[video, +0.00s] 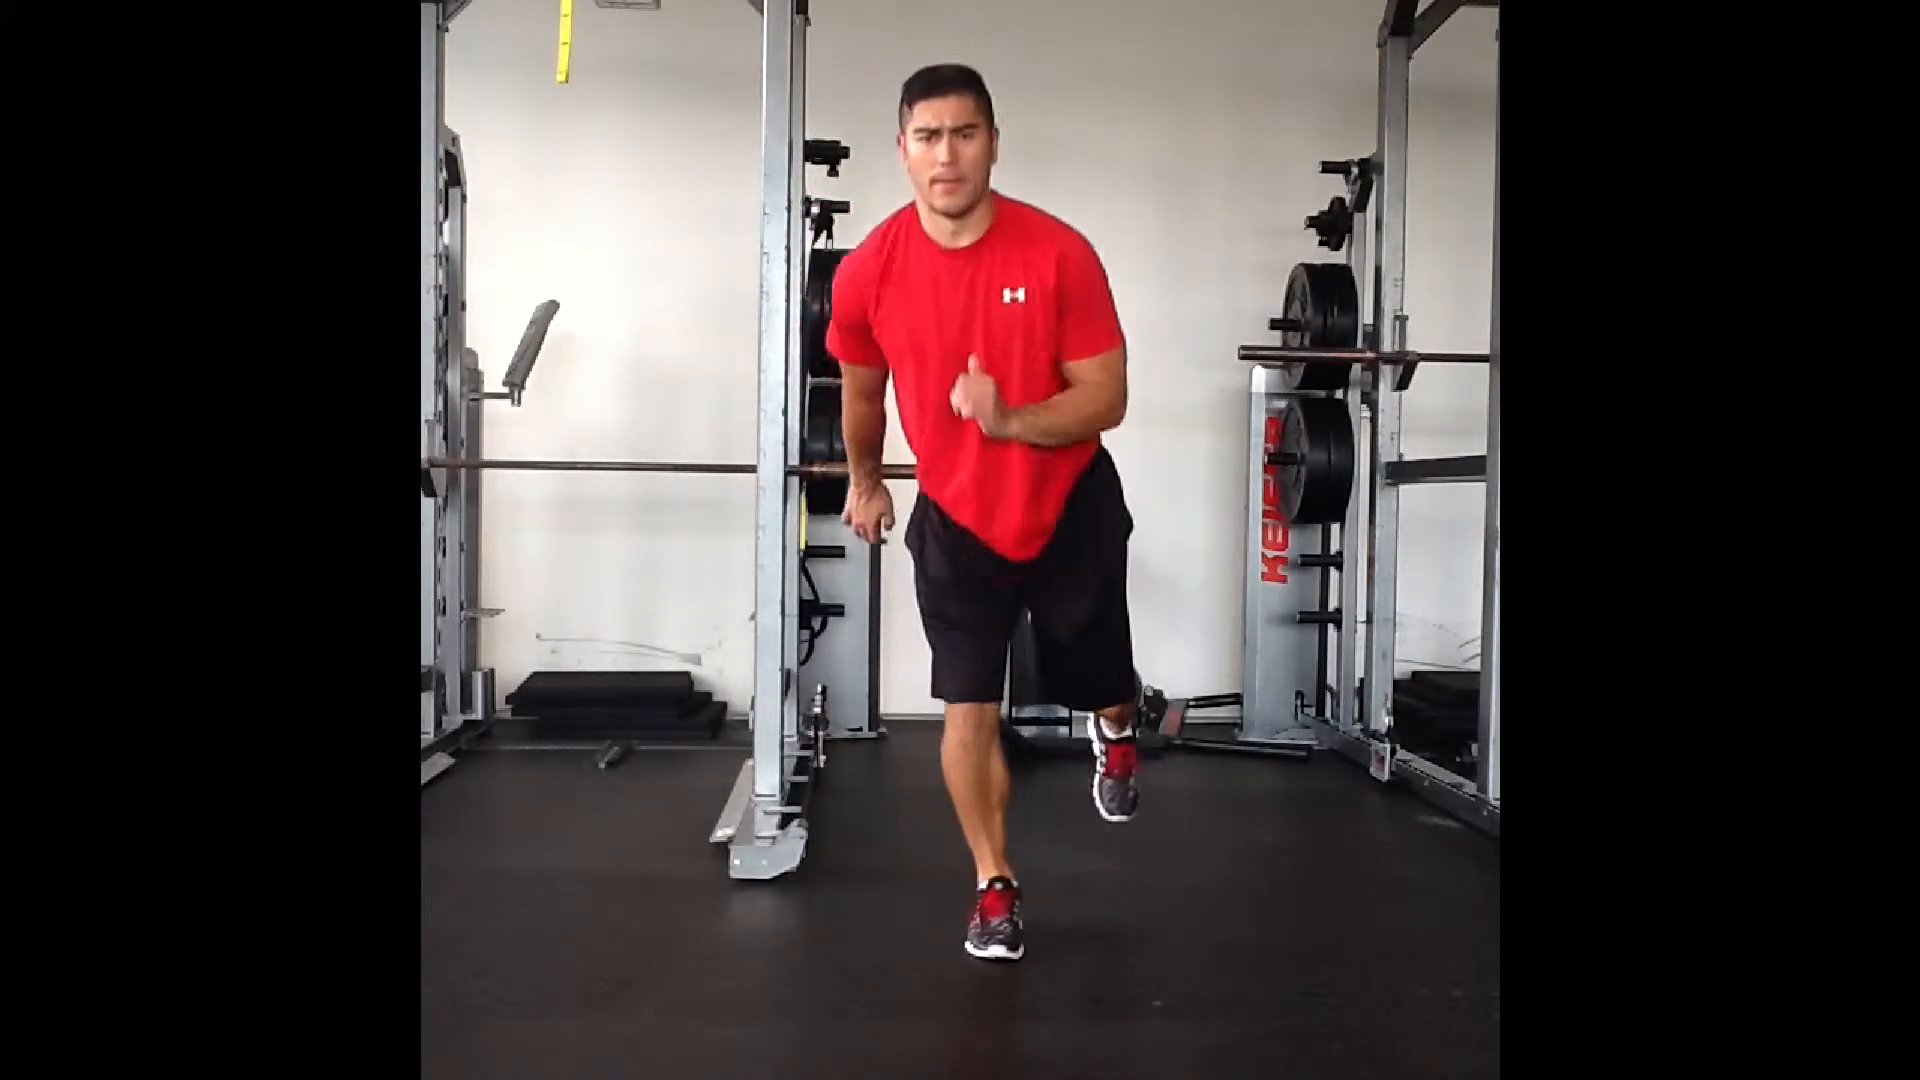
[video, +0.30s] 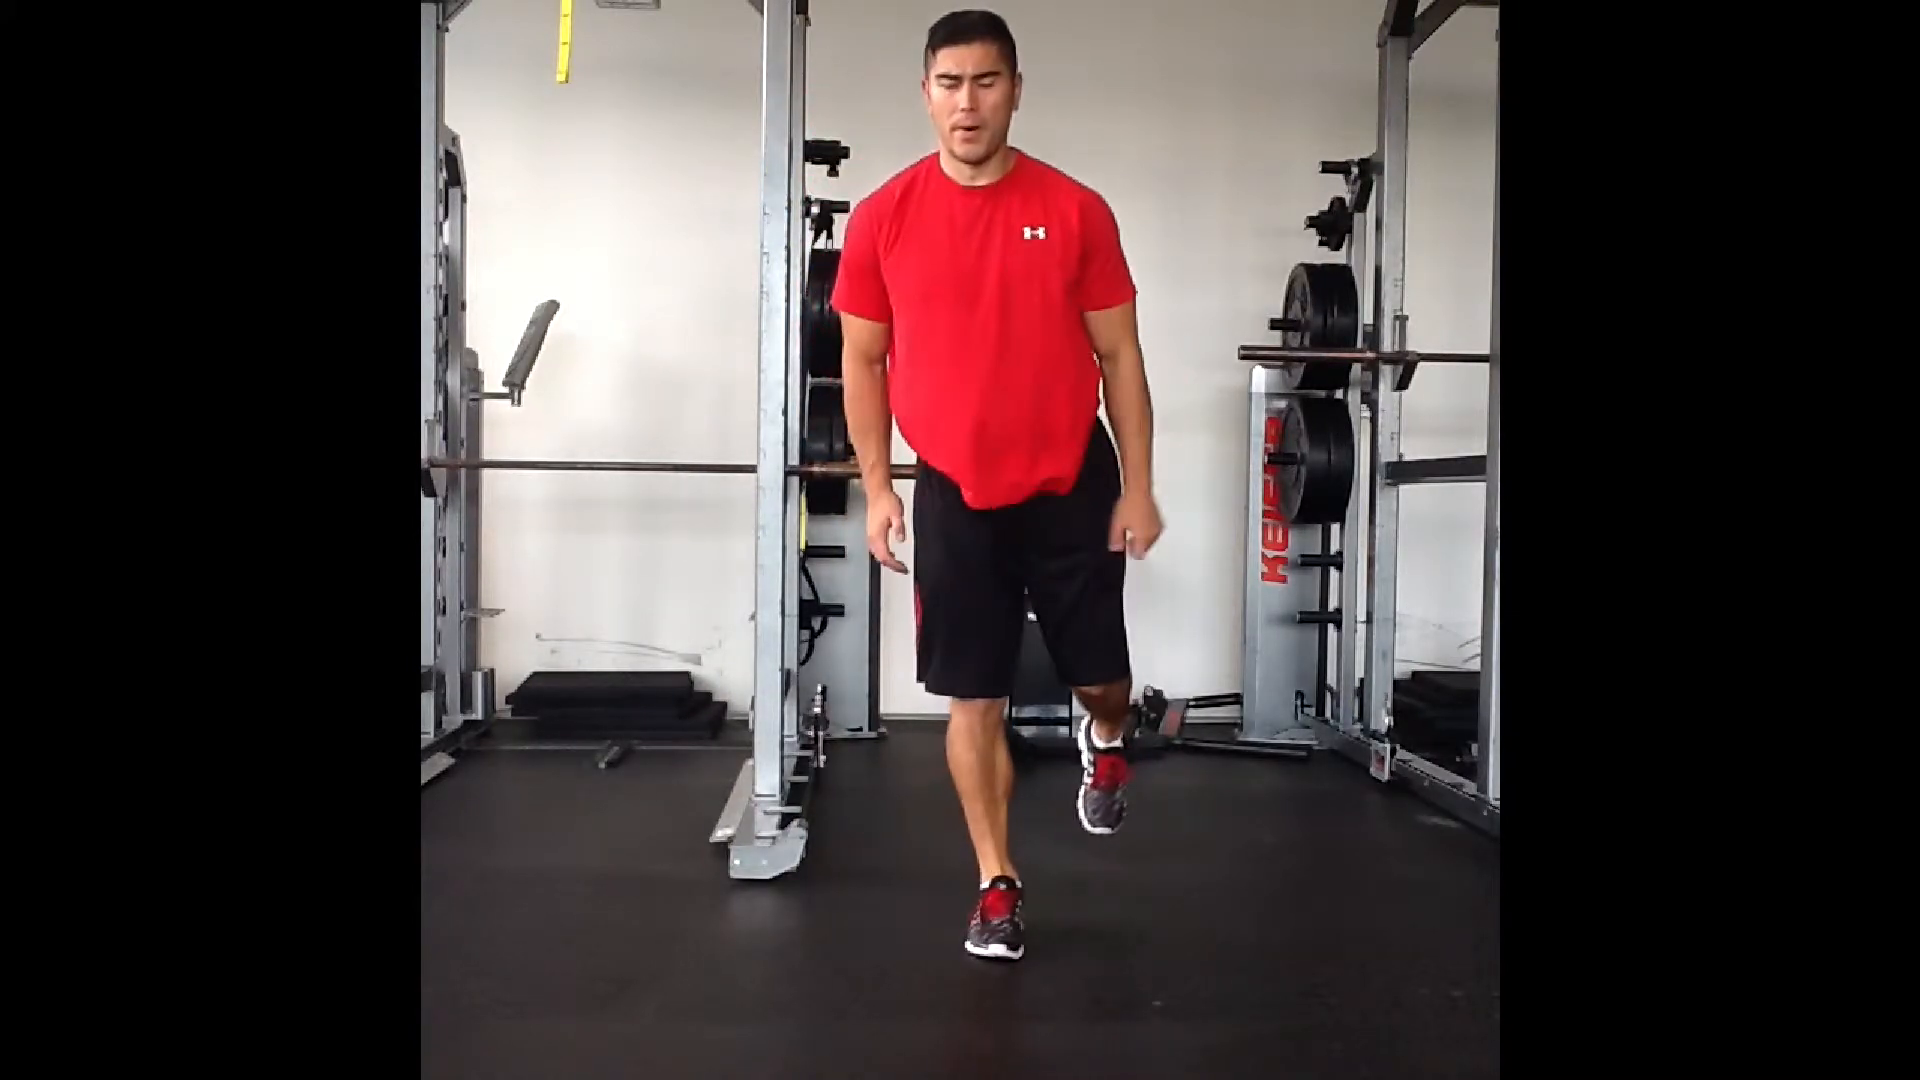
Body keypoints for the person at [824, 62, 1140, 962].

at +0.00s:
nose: (946, 155)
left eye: (964, 134)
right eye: (928, 136)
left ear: (993, 145)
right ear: (902, 150)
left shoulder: (1060, 254)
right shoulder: (869, 273)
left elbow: (1105, 397)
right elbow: (862, 387)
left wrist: (1010, 419)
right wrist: (864, 477)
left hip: (1071, 504)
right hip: (956, 513)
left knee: (1100, 680)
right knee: (968, 704)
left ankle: (1114, 733)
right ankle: (993, 885)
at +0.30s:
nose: (966, 101)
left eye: (985, 82)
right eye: (949, 83)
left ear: (1015, 93)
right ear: (926, 95)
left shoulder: (1075, 210)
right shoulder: (881, 219)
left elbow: (1119, 352)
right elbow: (861, 359)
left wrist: (1138, 485)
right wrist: (876, 487)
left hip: (1068, 483)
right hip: (952, 491)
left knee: (1098, 679)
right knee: (972, 695)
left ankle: (1107, 750)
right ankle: (994, 883)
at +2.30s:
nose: (1013, 168)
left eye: (1029, 151)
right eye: (997, 152)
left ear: (1055, 162)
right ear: (977, 164)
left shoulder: (1104, 269)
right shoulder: (934, 266)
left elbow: (1140, 397)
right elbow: (915, 380)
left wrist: (1110, 490)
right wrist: (924, 494)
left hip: (1085, 513)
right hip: (984, 518)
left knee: (1095, 672)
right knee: (1005, 681)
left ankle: (1069, 715)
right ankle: (1022, 840)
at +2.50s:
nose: (1010, 236)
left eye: (1026, 220)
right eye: (994, 220)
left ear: (1052, 232)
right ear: (973, 231)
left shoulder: (1095, 321)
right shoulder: (934, 312)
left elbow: (1129, 432)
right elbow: (914, 373)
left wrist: (1052, 372)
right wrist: (925, 417)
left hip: (1083, 540)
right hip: (985, 541)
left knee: (1079, 677)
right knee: (1007, 681)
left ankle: (1032, 702)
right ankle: (1023, 842)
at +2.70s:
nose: (995, 295)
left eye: (1012, 278)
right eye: (981, 278)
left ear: (1039, 287)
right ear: (959, 288)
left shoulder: (1081, 359)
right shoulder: (929, 359)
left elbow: (1121, 463)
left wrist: (1040, 440)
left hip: (1083, 567)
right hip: (987, 563)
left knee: (1055, 685)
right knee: (1010, 695)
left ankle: (1021, 709)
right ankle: (1026, 845)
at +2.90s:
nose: (994, 226)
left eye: (1009, 210)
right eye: (978, 212)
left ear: (1035, 222)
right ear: (955, 227)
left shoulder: (1094, 316)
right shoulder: (925, 342)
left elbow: (1141, 423)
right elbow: (922, 479)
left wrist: (1174, 508)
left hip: (1082, 529)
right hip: (982, 545)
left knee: (1078, 674)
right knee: (1006, 695)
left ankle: (1076, 769)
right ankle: (1024, 843)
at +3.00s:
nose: (997, 173)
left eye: (1012, 157)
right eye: (981, 159)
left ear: (1037, 164)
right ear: (958, 168)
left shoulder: (1091, 240)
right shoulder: (929, 250)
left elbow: (1171, 277)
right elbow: (890, 315)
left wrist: (1211, 319)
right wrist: (928, 319)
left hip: (1077, 445)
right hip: (983, 480)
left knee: (1070, 505)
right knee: (1001, 671)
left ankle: (1129, 668)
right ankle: (1023, 840)